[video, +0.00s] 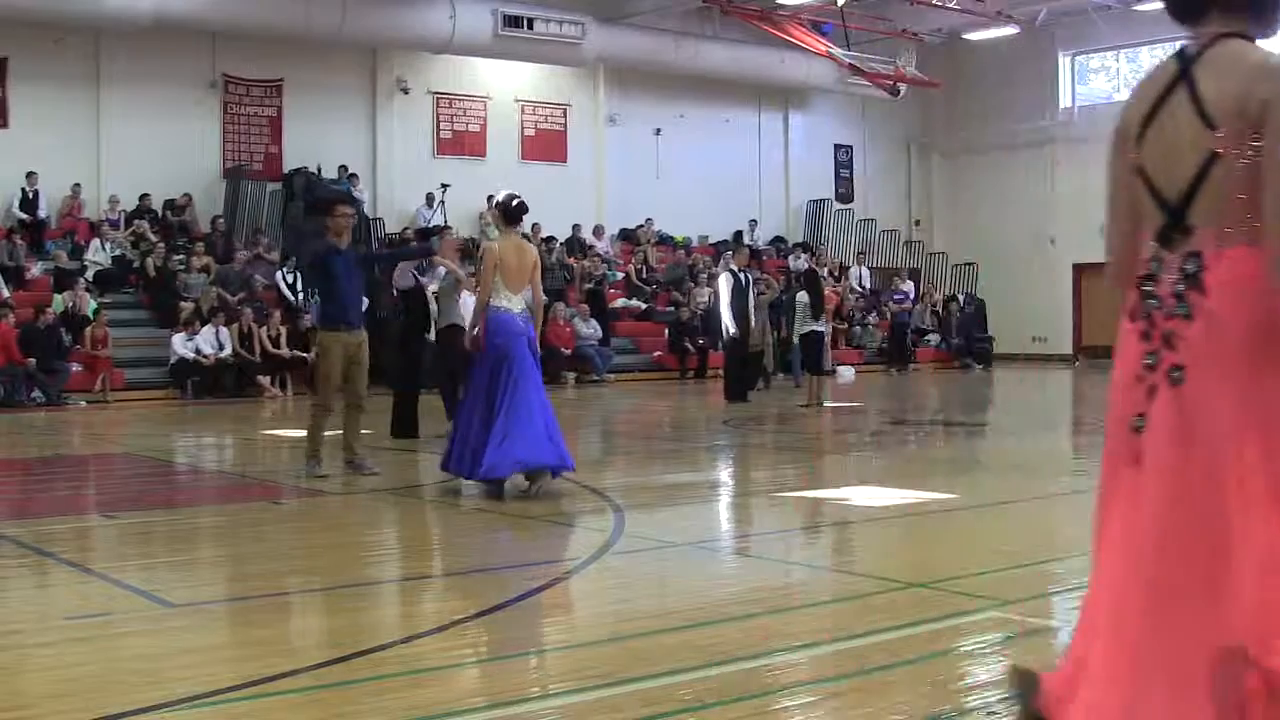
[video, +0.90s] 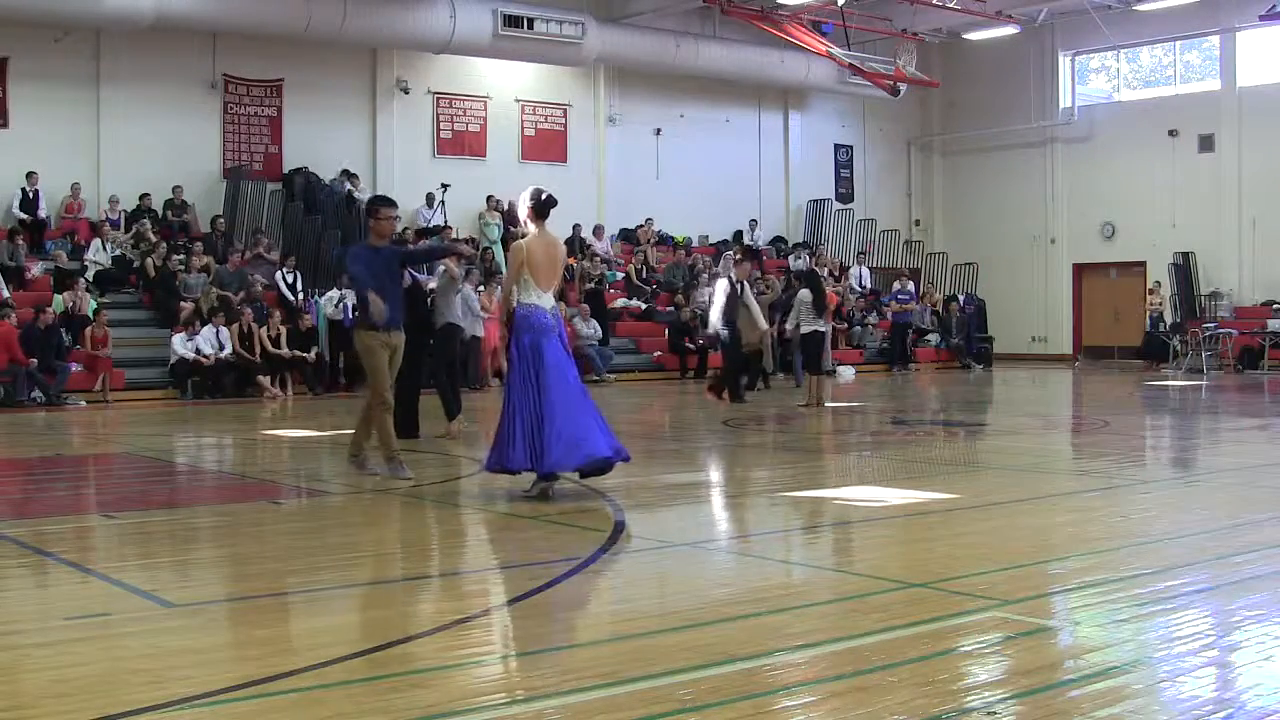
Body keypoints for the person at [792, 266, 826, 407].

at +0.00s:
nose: (802, 281)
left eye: (803, 278)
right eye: (804, 278)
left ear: (804, 280)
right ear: (817, 280)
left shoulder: (801, 295)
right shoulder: (820, 295)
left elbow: (799, 318)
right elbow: (822, 316)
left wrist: (795, 335)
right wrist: (823, 330)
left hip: (807, 332)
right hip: (820, 332)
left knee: (811, 369)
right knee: (818, 369)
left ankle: (811, 398)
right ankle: (818, 398)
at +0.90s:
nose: (801, 281)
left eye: (802, 279)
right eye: (802, 279)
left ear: (805, 279)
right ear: (817, 279)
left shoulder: (802, 294)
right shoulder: (822, 293)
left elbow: (795, 312)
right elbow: (823, 314)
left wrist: (789, 326)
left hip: (807, 331)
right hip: (820, 331)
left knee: (811, 367)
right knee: (818, 367)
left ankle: (811, 397)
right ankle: (820, 397)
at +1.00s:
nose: (801, 282)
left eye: (802, 279)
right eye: (802, 279)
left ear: (805, 279)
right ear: (817, 279)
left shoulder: (801, 293)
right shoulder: (822, 293)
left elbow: (792, 310)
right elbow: (822, 313)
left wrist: (789, 316)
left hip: (807, 331)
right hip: (820, 330)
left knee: (810, 367)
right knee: (818, 367)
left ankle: (811, 398)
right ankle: (820, 398)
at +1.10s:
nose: (800, 282)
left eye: (801, 279)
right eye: (800, 279)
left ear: (806, 279)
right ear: (817, 278)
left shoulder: (804, 291)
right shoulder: (822, 292)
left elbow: (786, 297)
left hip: (808, 331)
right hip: (820, 331)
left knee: (810, 368)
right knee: (817, 368)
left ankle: (811, 398)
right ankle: (820, 398)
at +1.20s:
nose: (804, 283)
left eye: (805, 279)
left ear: (808, 279)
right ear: (818, 278)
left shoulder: (808, 290)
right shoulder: (826, 292)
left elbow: (793, 281)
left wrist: (792, 276)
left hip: (807, 330)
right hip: (821, 330)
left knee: (802, 364)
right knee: (818, 367)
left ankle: (806, 396)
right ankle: (821, 398)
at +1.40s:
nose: (807, 281)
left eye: (808, 279)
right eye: (807, 278)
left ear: (811, 281)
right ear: (822, 280)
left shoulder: (809, 292)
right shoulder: (828, 295)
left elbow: (804, 274)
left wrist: (799, 257)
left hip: (807, 330)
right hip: (821, 331)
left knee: (795, 359)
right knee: (820, 367)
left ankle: (795, 392)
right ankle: (821, 398)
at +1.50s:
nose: (808, 282)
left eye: (809, 280)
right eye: (809, 279)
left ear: (812, 281)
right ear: (824, 282)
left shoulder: (809, 292)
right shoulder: (828, 296)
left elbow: (805, 272)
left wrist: (808, 256)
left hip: (805, 330)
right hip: (820, 331)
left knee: (791, 360)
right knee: (820, 367)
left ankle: (794, 393)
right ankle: (821, 398)